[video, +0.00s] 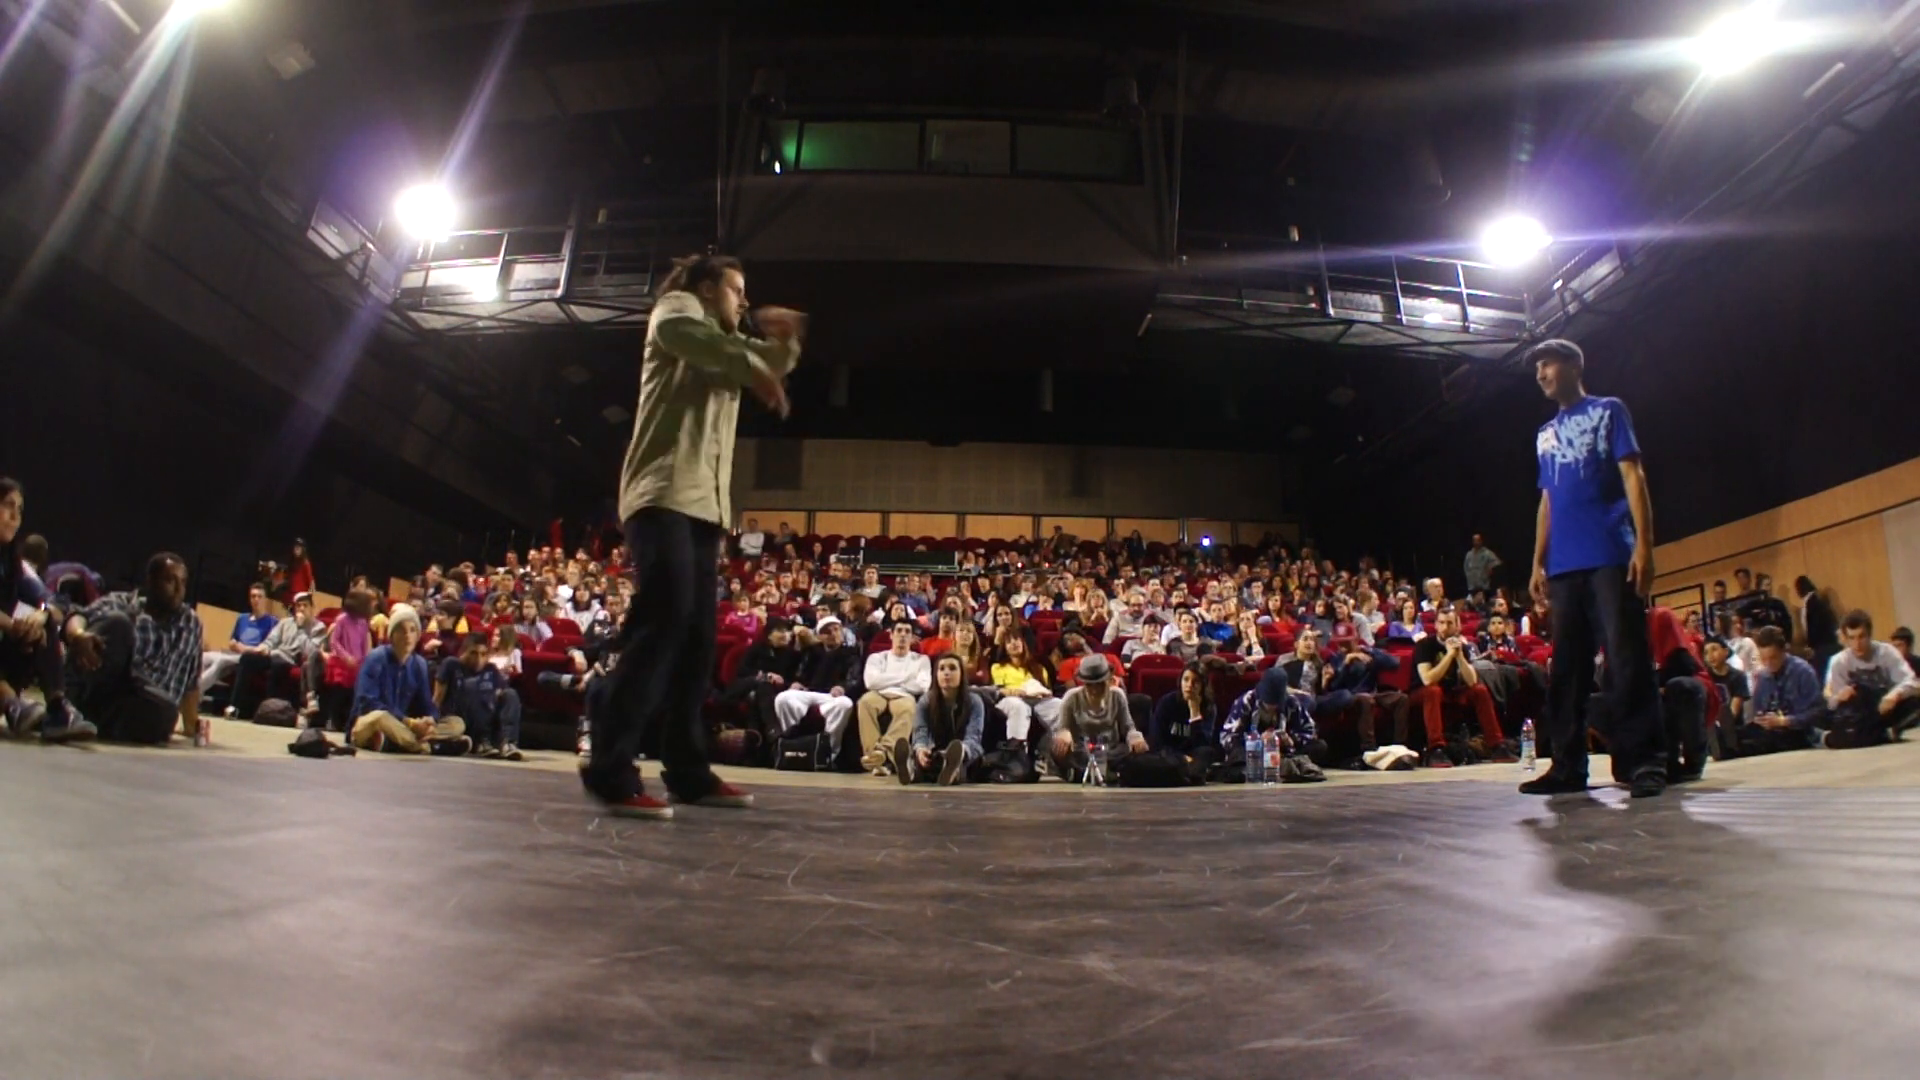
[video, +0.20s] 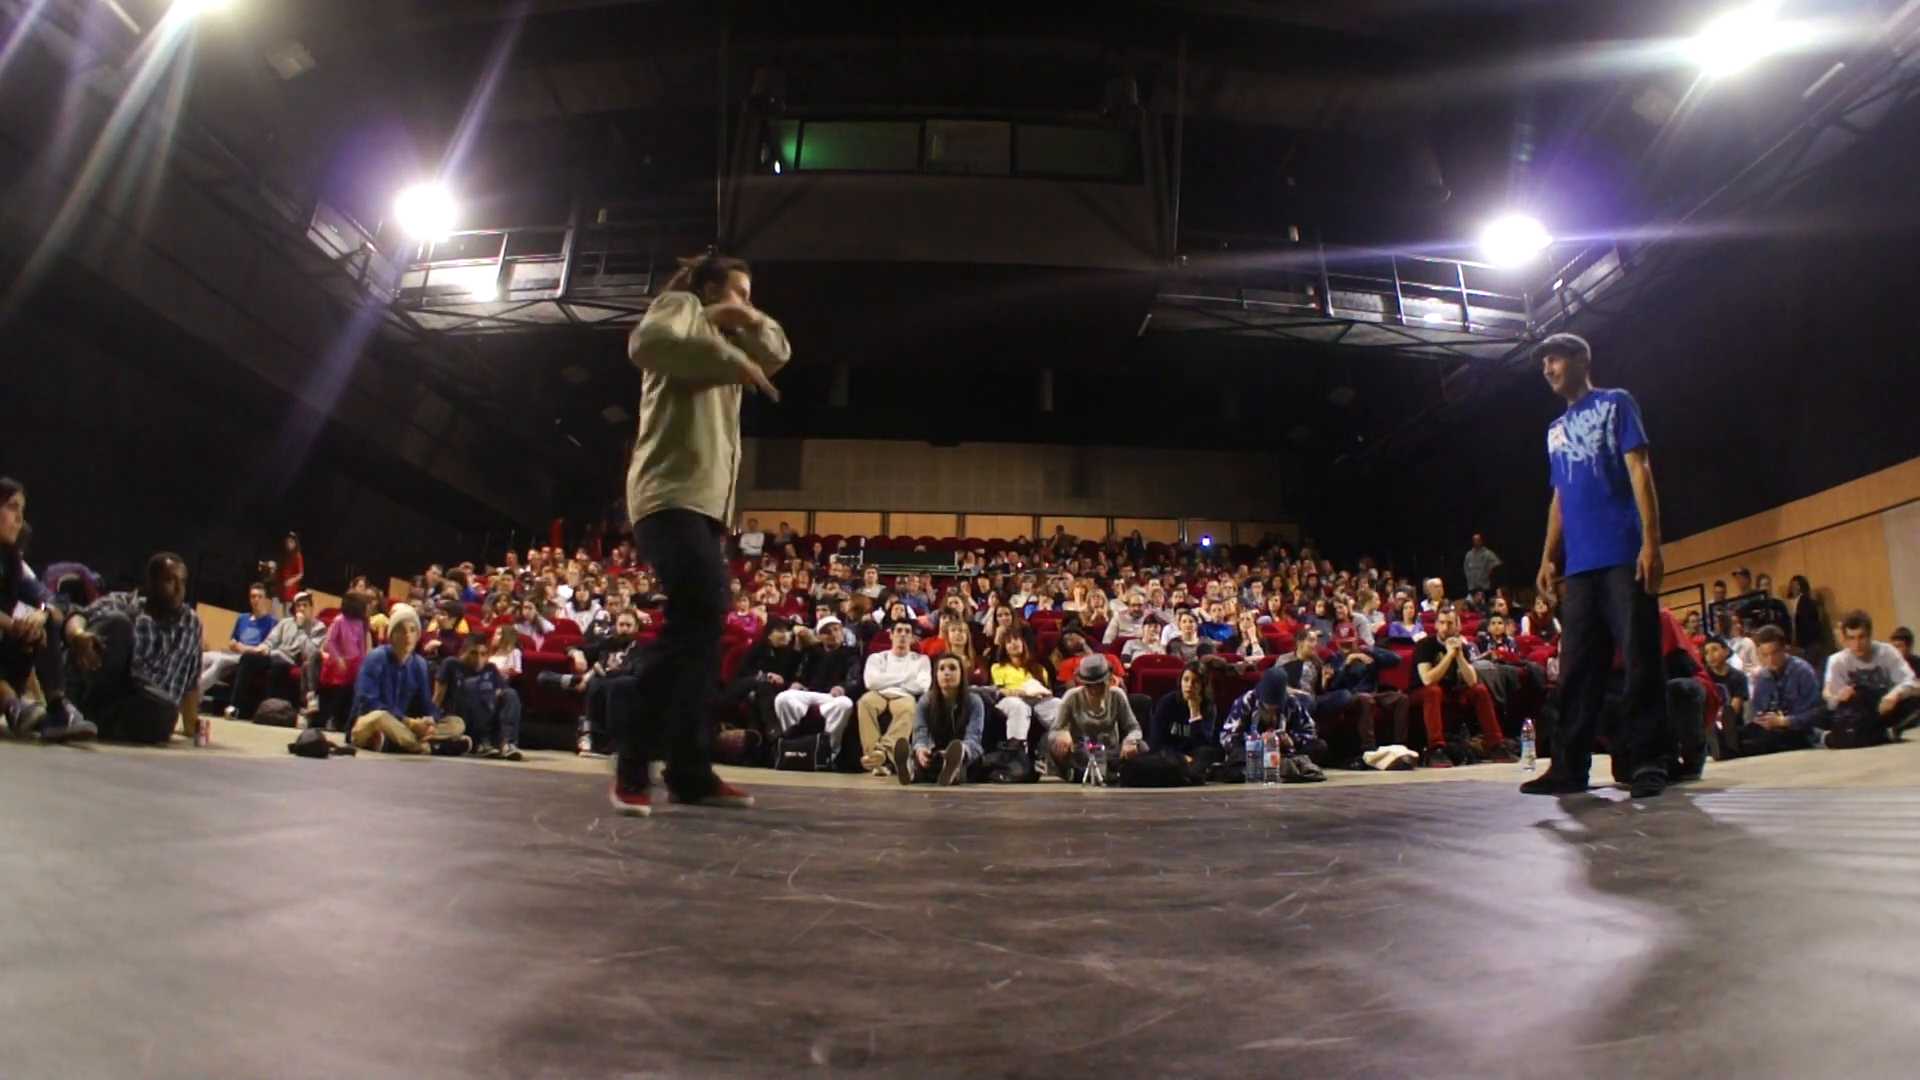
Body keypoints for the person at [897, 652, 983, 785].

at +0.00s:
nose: (947, 673)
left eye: (952, 668)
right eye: (942, 669)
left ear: (961, 674)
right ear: (935, 674)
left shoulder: (974, 701)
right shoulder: (925, 701)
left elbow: (974, 738)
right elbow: (920, 731)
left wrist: (961, 751)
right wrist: (920, 748)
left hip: (962, 751)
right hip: (933, 750)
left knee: (955, 762)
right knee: (919, 761)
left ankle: (949, 773)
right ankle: (910, 768)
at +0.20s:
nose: (947, 673)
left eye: (952, 668)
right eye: (942, 669)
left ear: (962, 673)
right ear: (935, 674)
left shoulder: (974, 701)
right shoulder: (925, 701)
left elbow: (974, 738)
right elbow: (920, 731)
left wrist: (961, 751)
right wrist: (920, 748)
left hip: (962, 751)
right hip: (933, 750)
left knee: (955, 762)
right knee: (919, 760)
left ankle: (949, 773)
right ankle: (910, 768)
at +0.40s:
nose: (947, 673)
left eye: (952, 668)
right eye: (942, 668)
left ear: (961, 673)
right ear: (936, 674)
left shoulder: (974, 701)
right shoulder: (925, 701)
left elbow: (974, 738)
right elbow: (920, 731)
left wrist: (961, 751)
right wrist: (920, 748)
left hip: (962, 751)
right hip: (933, 750)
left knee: (955, 762)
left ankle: (949, 773)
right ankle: (910, 768)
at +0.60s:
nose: (947, 673)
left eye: (952, 668)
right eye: (942, 668)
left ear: (961, 673)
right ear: (936, 674)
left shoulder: (974, 701)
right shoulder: (925, 701)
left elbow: (974, 738)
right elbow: (920, 731)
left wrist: (961, 751)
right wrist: (920, 748)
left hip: (962, 751)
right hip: (933, 750)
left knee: (955, 762)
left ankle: (949, 773)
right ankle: (910, 768)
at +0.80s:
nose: (947, 673)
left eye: (952, 668)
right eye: (942, 669)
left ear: (962, 674)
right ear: (936, 674)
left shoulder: (974, 701)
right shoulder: (925, 701)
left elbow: (974, 738)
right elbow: (920, 731)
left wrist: (961, 751)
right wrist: (920, 748)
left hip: (962, 751)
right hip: (933, 750)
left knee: (955, 762)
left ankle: (949, 773)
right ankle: (910, 768)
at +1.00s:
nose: (947, 673)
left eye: (952, 668)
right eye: (942, 669)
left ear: (961, 674)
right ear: (936, 674)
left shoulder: (974, 701)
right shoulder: (925, 701)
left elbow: (974, 738)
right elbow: (920, 731)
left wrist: (961, 751)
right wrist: (920, 748)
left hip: (962, 751)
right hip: (933, 750)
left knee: (955, 762)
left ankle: (949, 773)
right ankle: (910, 768)